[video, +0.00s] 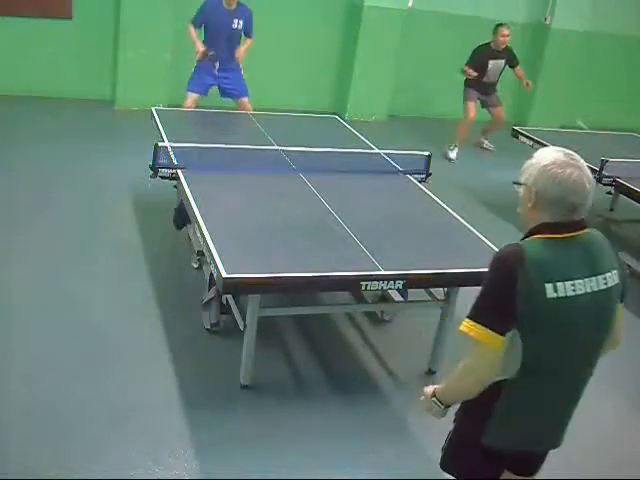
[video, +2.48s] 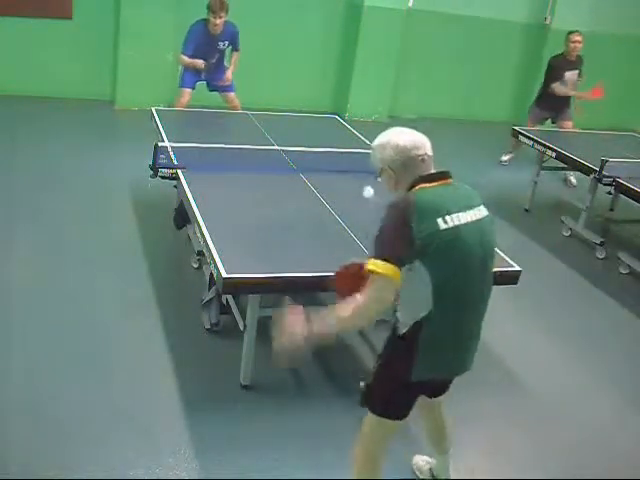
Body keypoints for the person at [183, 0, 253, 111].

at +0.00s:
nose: (231, 0)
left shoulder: (245, 12)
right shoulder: (210, 5)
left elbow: (249, 37)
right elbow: (192, 25)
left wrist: (242, 51)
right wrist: (198, 45)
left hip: (231, 64)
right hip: (207, 62)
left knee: (245, 106)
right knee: (189, 104)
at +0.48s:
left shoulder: (247, 2)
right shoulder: (207, 2)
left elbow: (249, 17)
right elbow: (197, 14)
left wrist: (243, 30)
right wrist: (209, 30)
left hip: (233, 44)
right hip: (211, 44)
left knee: (242, 87)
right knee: (198, 83)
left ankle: (246, 121)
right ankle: (192, 118)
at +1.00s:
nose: (224, 2)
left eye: (227, 0)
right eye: (222, 0)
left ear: (231, 1)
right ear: (218, 0)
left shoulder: (240, 14)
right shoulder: (203, 13)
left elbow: (247, 38)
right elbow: (194, 40)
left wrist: (238, 52)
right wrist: (207, 43)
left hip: (227, 65)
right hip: (202, 64)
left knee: (239, 102)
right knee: (188, 101)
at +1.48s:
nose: (217, 10)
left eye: (220, 7)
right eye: (214, 6)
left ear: (226, 7)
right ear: (209, 6)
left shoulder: (233, 22)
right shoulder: (198, 19)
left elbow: (242, 43)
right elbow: (191, 51)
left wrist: (232, 63)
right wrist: (209, 49)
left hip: (222, 66)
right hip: (198, 65)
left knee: (236, 103)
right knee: (182, 101)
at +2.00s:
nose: (211, 21)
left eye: (215, 17)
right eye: (208, 17)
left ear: (220, 16)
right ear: (203, 15)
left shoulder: (228, 28)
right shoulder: (192, 27)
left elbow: (233, 49)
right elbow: (179, 57)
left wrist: (223, 69)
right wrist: (189, 59)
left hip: (216, 67)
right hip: (193, 66)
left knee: (233, 103)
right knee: (179, 100)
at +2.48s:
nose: (217, 22)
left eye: (220, 18)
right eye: (214, 17)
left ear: (226, 17)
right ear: (208, 15)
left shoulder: (231, 30)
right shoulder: (197, 28)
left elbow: (235, 50)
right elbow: (182, 58)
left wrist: (230, 70)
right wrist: (194, 63)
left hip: (217, 67)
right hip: (194, 67)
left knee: (232, 101)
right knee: (183, 100)